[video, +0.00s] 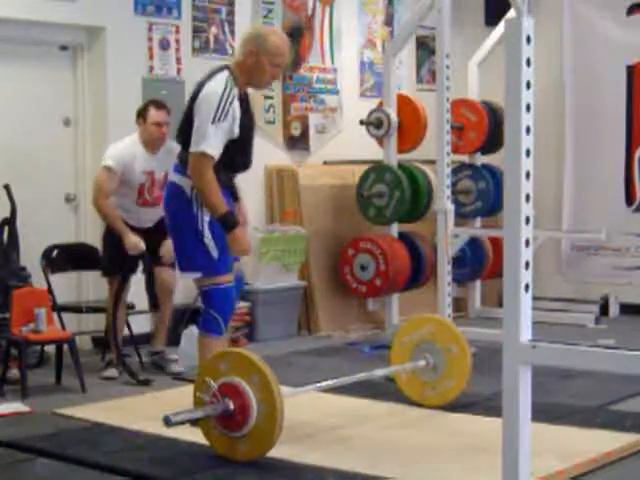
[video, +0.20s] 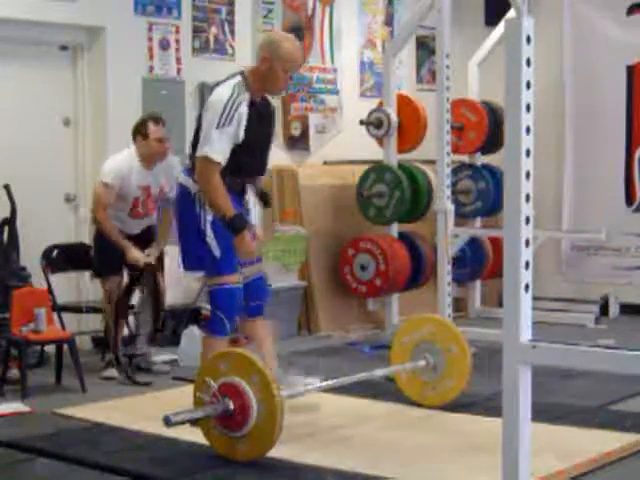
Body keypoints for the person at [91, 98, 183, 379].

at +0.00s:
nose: (163, 130)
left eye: (166, 125)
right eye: (156, 124)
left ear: (170, 126)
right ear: (140, 124)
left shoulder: (175, 154)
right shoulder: (120, 154)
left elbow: (183, 198)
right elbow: (101, 198)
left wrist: (175, 237)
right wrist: (126, 235)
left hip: (159, 225)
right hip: (123, 223)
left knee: (166, 281)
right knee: (117, 288)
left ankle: (159, 348)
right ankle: (115, 354)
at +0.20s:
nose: (166, 146)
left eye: (166, 139)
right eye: (159, 140)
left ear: (167, 139)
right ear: (140, 142)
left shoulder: (169, 166)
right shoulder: (117, 167)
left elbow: (168, 209)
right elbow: (100, 212)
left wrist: (161, 244)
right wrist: (126, 248)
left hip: (146, 230)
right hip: (114, 228)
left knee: (155, 287)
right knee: (115, 290)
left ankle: (148, 346)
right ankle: (113, 354)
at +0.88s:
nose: (127, 195)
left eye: (127, 189)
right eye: (121, 190)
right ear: (102, 195)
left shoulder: (130, 218)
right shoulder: (85, 219)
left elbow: (143, 252)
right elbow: (78, 266)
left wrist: (144, 271)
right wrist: (116, 278)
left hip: (116, 273)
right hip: (86, 275)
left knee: (159, 291)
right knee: (98, 295)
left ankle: (144, 349)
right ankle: (112, 355)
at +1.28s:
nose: (114, 188)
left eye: (113, 183)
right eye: (108, 183)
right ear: (90, 188)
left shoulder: (116, 215)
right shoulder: (72, 215)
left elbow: (130, 249)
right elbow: (70, 260)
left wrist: (137, 268)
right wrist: (107, 272)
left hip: (114, 273)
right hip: (79, 277)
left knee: (154, 283)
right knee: (97, 287)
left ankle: (147, 349)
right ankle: (101, 356)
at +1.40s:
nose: (116, 189)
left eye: (115, 183)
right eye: (110, 184)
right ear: (93, 188)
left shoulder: (118, 215)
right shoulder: (74, 215)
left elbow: (132, 249)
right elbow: (72, 261)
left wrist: (139, 272)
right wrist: (109, 277)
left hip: (116, 274)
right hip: (83, 276)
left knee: (159, 288)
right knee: (98, 291)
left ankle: (149, 353)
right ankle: (98, 358)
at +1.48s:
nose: (123, 189)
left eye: (122, 184)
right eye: (117, 185)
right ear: (99, 190)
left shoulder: (121, 215)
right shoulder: (78, 214)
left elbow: (136, 253)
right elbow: (75, 260)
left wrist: (142, 275)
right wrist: (113, 283)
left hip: (117, 274)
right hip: (84, 277)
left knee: (160, 288)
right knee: (97, 291)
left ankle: (150, 353)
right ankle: (98, 359)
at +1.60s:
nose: (127, 191)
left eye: (126, 186)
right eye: (121, 186)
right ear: (104, 191)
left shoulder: (126, 215)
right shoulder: (83, 214)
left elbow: (140, 252)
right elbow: (78, 261)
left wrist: (143, 277)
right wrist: (114, 286)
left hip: (118, 275)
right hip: (85, 277)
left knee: (161, 288)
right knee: (96, 293)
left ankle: (152, 352)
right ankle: (98, 359)